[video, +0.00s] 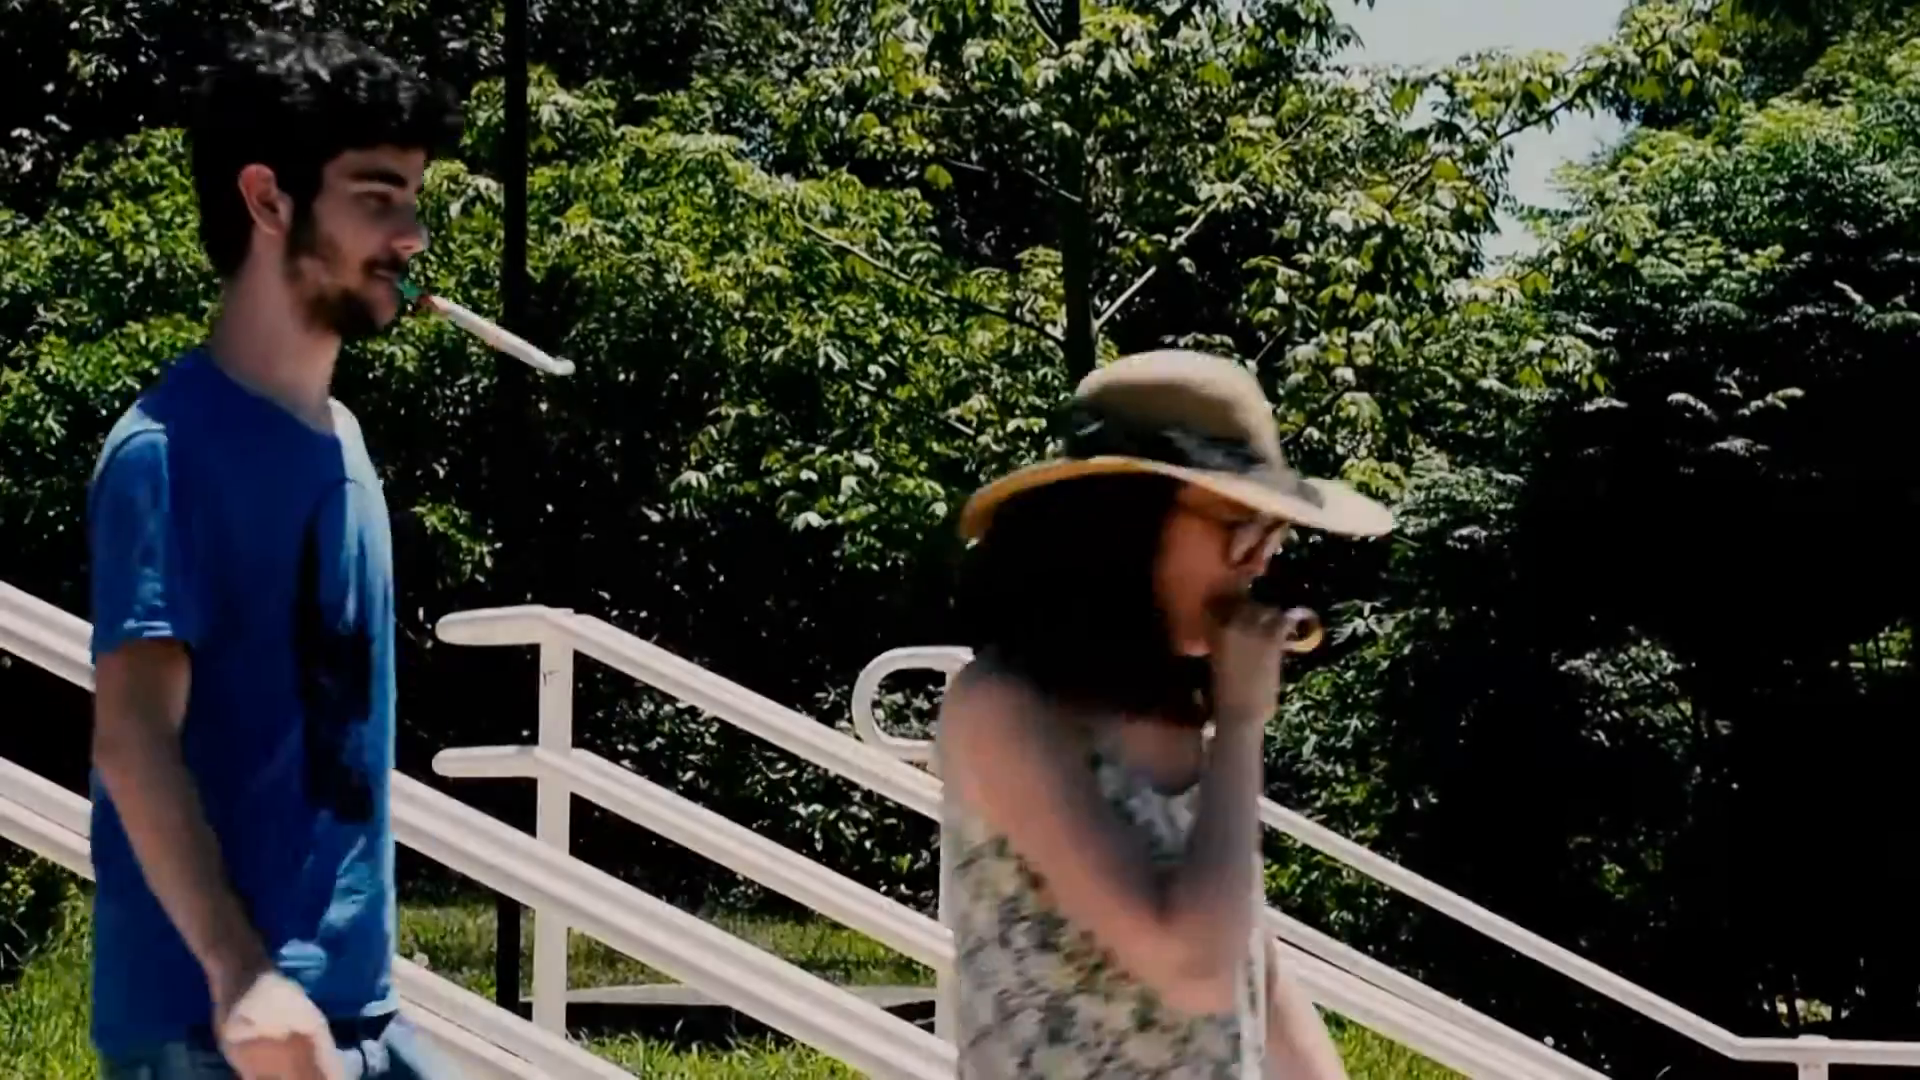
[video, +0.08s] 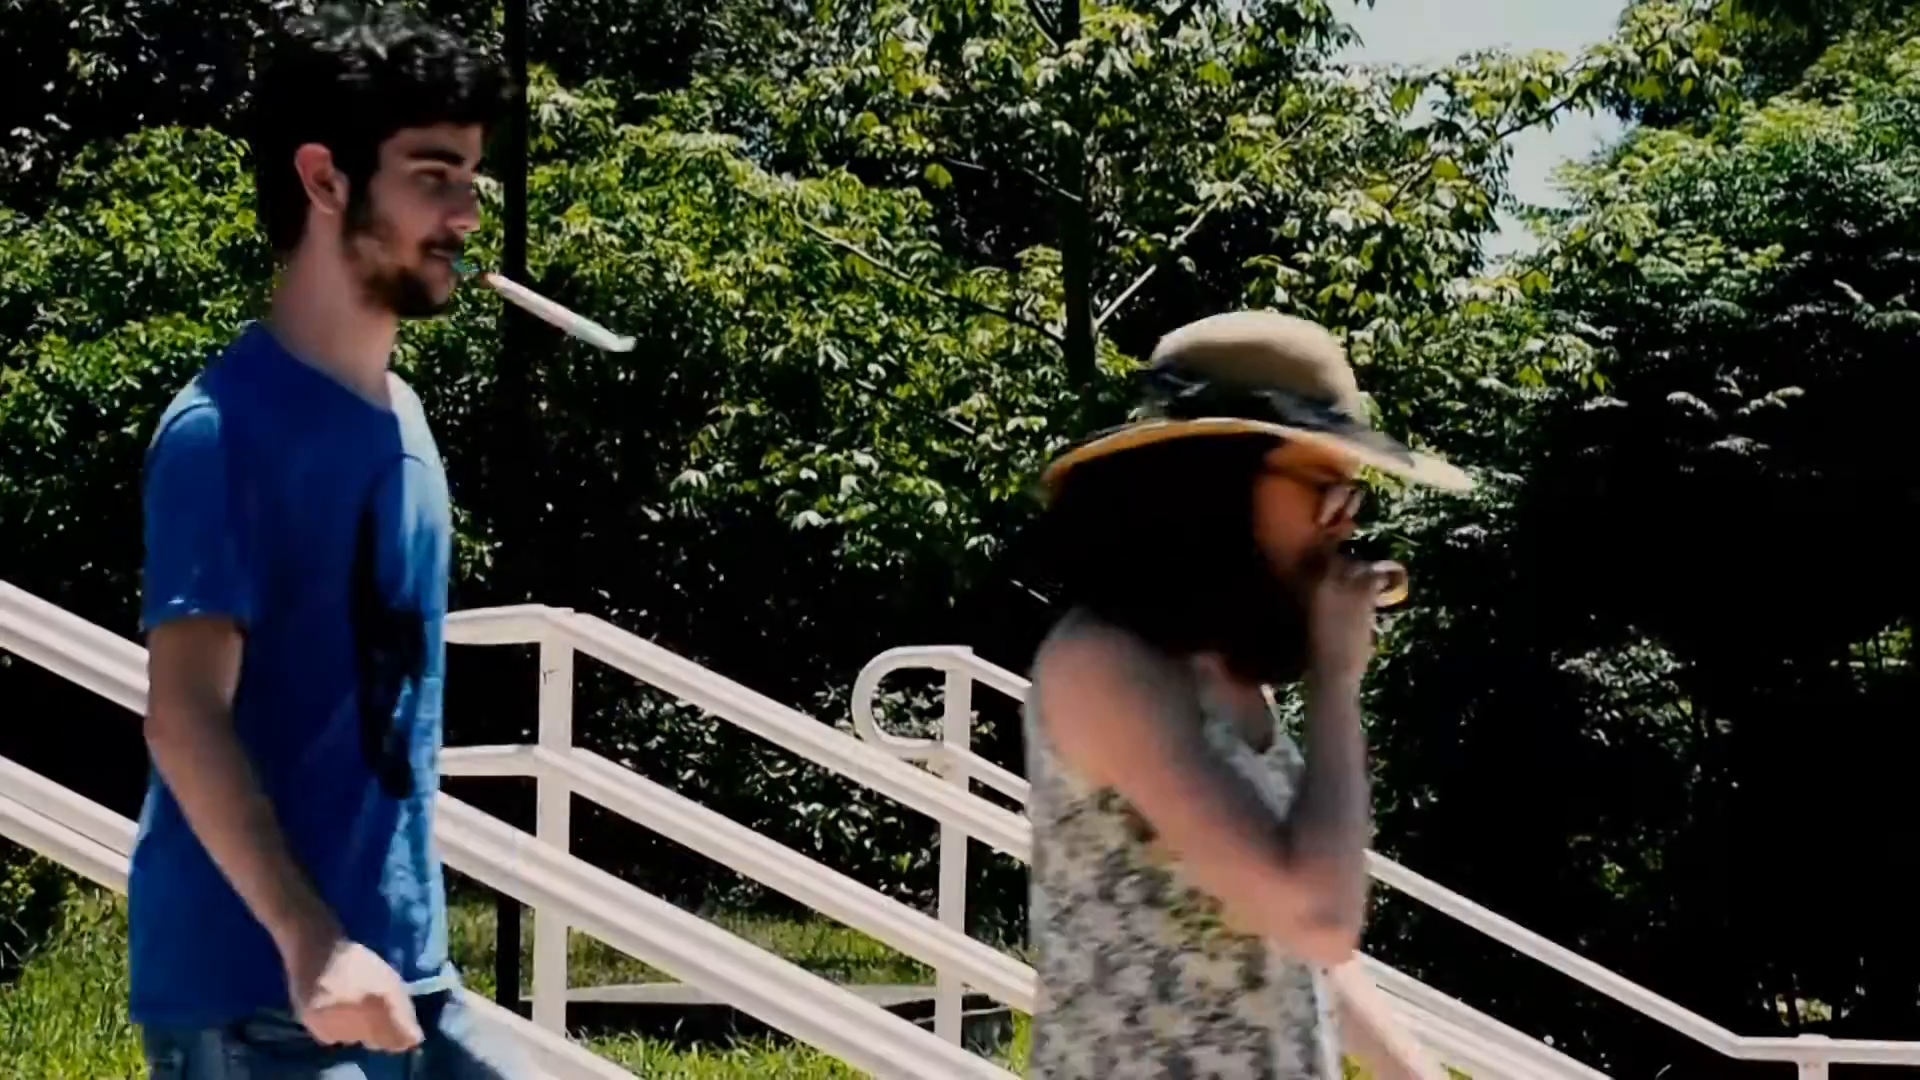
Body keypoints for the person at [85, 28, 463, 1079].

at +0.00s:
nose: (411, 240)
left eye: (414, 207)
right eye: (379, 200)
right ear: (269, 199)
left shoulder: (338, 439)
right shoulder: (163, 452)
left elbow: (309, 721)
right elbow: (131, 738)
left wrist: (357, 965)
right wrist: (242, 978)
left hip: (357, 1007)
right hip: (210, 1031)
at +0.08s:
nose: (467, 215)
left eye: (471, 184)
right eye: (435, 178)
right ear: (325, 179)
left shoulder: (394, 412)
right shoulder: (220, 433)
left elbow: (356, 696)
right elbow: (184, 714)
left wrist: (398, 940)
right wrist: (311, 940)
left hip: (402, 970)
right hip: (250, 999)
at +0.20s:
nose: (555, 233)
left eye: (558, 198)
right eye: (520, 193)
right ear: (409, 196)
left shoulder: (482, 428)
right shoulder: (303, 450)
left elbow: (447, 706)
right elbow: (238, 734)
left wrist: (486, 954)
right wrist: (401, 945)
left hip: (478, 988)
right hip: (326, 1010)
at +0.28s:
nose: (610, 287)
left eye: (612, 250)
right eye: (576, 245)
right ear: (465, 249)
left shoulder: (551, 483)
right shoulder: (359, 500)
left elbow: (527, 766)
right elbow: (282, 791)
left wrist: (559, 1010)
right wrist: (445, 1002)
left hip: (545, 1029)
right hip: (395, 1044)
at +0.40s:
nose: (696, 371)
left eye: (697, 333)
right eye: (660, 328)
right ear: (549, 336)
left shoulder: (644, 573)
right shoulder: (447, 595)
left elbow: (634, 854)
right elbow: (366, 881)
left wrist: (668, 1052)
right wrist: (452, 1069)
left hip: (649, 1051)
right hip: (527, 1054)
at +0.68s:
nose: (907, 362)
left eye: (906, 325)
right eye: (874, 320)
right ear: (764, 327)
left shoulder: (840, 567)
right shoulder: (662, 589)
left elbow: (852, 834)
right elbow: (553, 876)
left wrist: (999, 969)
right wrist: (608, 1068)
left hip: (848, 1050)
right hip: (722, 1054)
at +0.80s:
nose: (1020, 427)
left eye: (1018, 388)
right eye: (983, 386)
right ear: (875, 393)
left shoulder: (933, 627)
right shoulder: (773, 652)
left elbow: (949, 892)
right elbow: (656, 940)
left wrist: (1114, 1003)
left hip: (953, 1059)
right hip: (828, 1061)